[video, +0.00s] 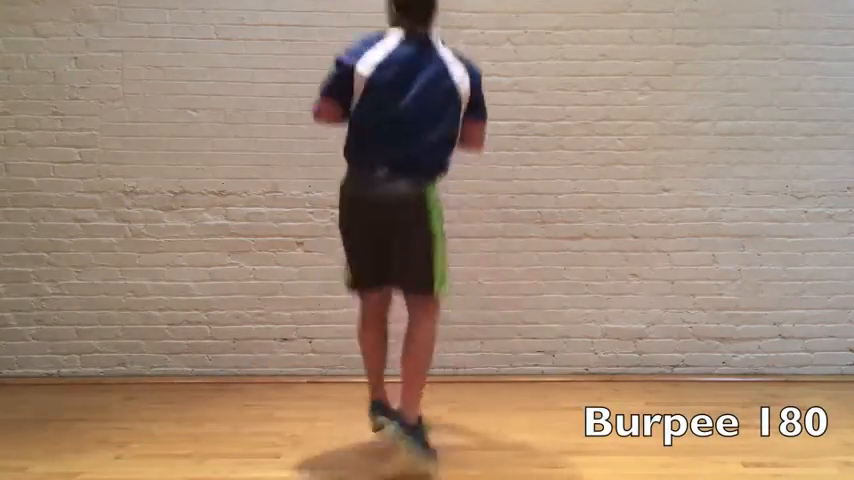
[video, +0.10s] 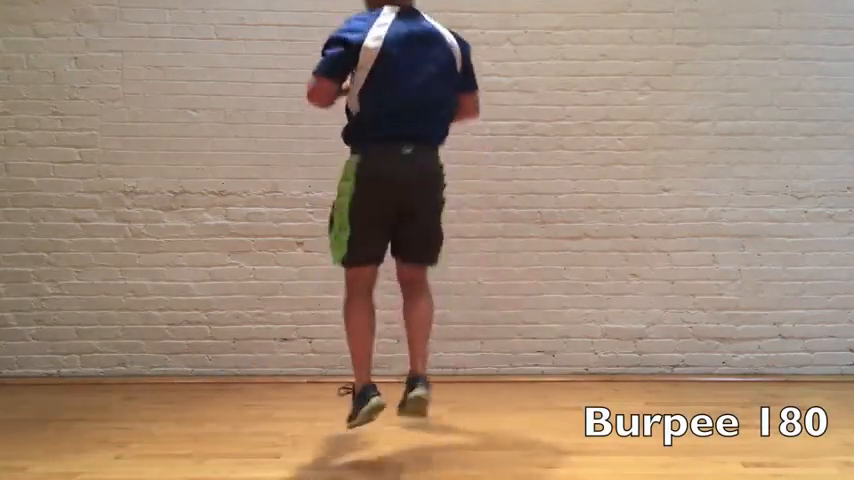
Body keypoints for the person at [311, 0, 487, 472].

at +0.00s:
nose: (407, 15)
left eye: (397, 10)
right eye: (423, 11)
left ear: (392, 11)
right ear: (435, 14)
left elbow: (326, 109)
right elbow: (473, 138)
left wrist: (374, 109)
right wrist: (427, 122)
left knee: (373, 302)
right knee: (423, 310)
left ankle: (378, 404)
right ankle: (408, 421)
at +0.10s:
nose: (365, 4)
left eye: (367, 1)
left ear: (373, 0)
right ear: (412, 0)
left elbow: (319, 94)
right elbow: (468, 107)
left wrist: (348, 84)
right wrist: (420, 111)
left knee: (360, 287)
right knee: (415, 280)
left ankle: (363, 388)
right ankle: (419, 379)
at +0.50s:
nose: (303, 80)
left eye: (308, 71)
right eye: (304, 71)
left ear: (336, 73)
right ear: (336, 73)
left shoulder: (367, 120)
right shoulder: (346, 122)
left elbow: (402, 183)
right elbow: (333, 187)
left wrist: (349, 229)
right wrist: (286, 201)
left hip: (401, 248)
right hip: (385, 246)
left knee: (361, 356)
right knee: (374, 346)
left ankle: (393, 465)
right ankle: (401, 430)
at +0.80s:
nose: (281, 96)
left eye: (283, 85)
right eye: (279, 87)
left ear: (307, 78)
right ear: (310, 79)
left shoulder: (336, 120)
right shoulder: (338, 114)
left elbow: (354, 189)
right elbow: (352, 190)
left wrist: (314, 241)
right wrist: (324, 239)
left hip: (395, 243)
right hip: (398, 239)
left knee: (373, 356)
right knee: (388, 347)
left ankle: (398, 464)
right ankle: (406, 432)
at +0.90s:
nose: (258, 142)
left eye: (260, 131)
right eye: (255, 134)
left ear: (282, 123)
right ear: (287, 123)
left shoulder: (315, 160)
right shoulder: (318, 148)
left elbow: (329, 236)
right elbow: (329, 233)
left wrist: (298, 292)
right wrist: (305, 286)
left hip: (408, 253)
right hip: (410, 247)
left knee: (361, 359)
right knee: (381, 351)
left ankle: (399, 464)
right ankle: (409, 431)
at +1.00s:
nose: (248, 217)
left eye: (248, 206)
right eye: (244, 208)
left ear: (264, 193)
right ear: (270, 189)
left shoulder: (305, 219)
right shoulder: (311, 206)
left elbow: (311, 299)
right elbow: (319, 295)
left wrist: (281, 362)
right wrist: (285, 356)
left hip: (413, 281)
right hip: (423, 272)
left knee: (343, 372)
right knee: (373, 367)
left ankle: (398, 467)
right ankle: (408, 433)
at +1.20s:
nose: (235, 330)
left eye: (229, 321)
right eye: (227, 325)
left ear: (240, 306)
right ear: (245, 296)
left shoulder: (276, 305)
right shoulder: (279, 290)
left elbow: (270, 396)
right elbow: (284, 383)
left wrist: (251, 457)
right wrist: (259, 442)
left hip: (398, 245)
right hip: (412, 233)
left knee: (377, 363)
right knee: (402, 343)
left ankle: (433, 455)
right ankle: (442, 420)